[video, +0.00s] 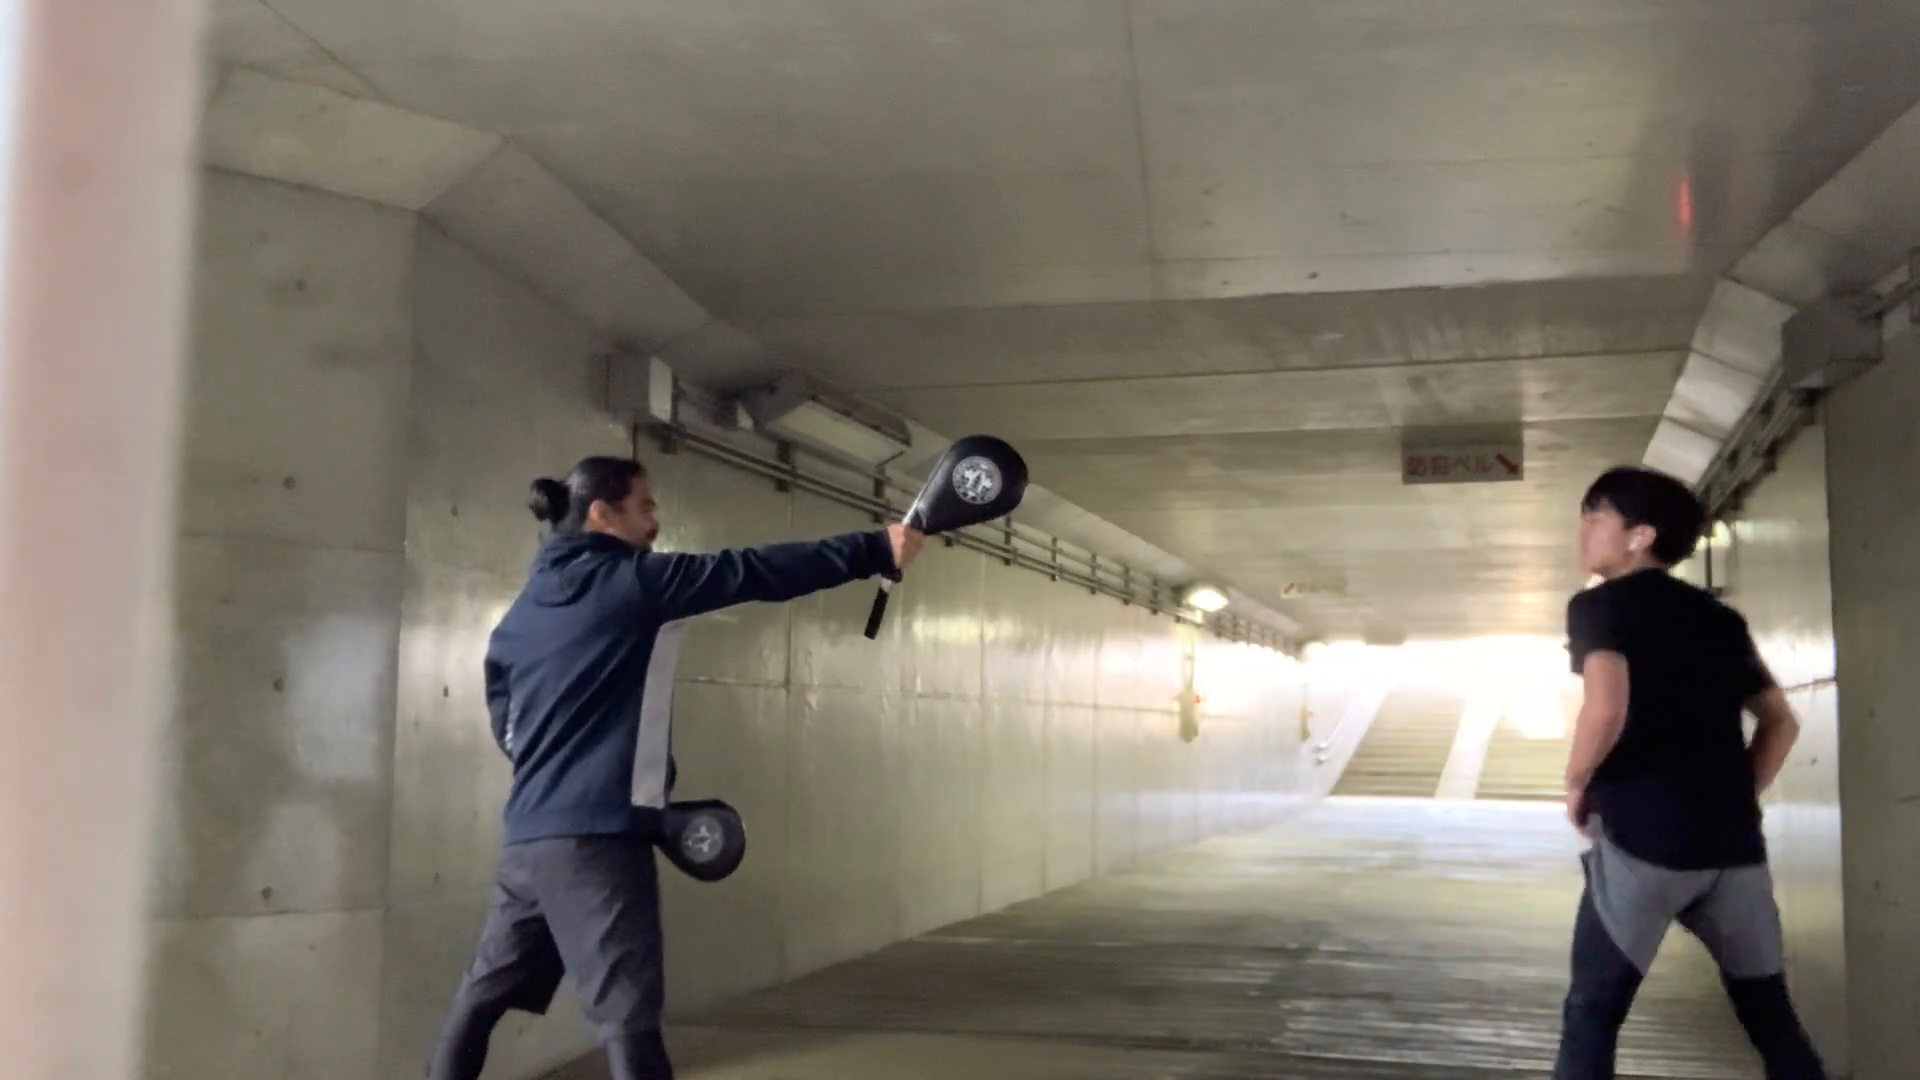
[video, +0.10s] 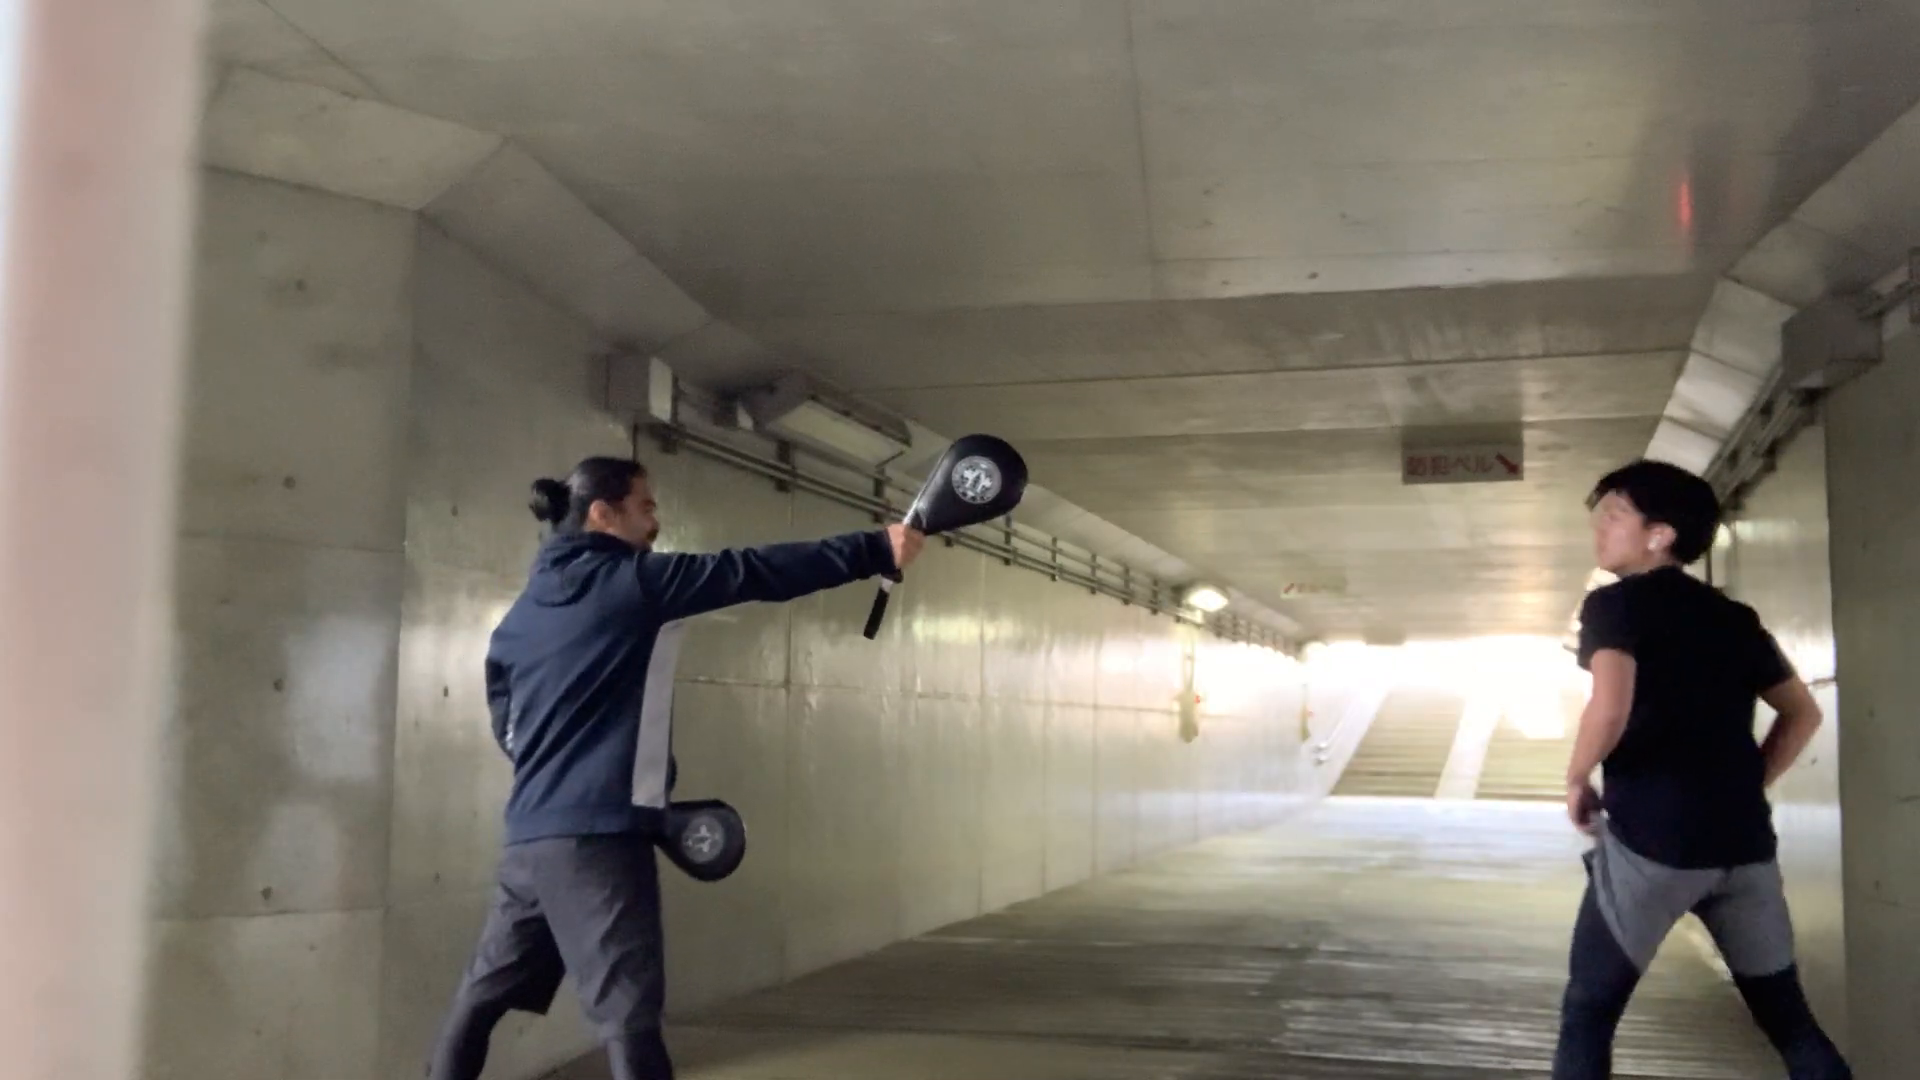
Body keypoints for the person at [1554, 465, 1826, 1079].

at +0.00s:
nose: (1583, 533)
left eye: (1595, 519)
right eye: (1586, 518)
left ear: (1641, 534)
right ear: (1650, 538)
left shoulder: (1601, 604)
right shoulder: (1718, 615)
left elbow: (1607, 705)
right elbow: (1780, 722)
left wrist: (1575, 785)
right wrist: (1735, 796)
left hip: (1644, 840)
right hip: (1732, 836)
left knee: (1591, 1018)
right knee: (1771, 1017)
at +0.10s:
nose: (1597, 527)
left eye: (1611, 515)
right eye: (1600, 513)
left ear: (1659, 536)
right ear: (1664, 540)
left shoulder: (1615, 602)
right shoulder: (1732, 614)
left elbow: (1611, 706)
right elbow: (1803, 713)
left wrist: (1578, 779)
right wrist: (1748, 783)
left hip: (1653, 840)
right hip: (1743, 836)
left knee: (1588, 1019)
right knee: (1791, 1022)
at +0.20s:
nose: (1617, 563)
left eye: (1633, 553)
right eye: (1624, 550)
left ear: (1674, 577)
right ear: (1680, 580)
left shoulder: (1628, 648)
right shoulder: (1745, 662)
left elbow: (1609, 754)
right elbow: (1812, 764)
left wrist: (1574, 827)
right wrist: (1756, 828)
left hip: (1659, 883)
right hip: (1754, 880)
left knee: (1583, 1053)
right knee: (1799, 1050)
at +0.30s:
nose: (1623, 553)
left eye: (1637, 540)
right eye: (1629, 539)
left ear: (1681, 564)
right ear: (1688, 568)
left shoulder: (1636, 633)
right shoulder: (1751, 650)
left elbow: (1630, 738)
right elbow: (1809, 767)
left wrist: (1592, 815)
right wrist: (1751, 818)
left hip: (1665, 876)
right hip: (1760, 875)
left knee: (1592, 1050)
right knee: (1809, 1048)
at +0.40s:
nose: (1630, 524)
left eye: (1644, 510)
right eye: (1635, 509)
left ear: (1690, 531)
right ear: (1696, 534)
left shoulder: (1636, 594)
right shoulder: (1767, 616)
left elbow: (1632, 689)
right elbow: (1813, 727)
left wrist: (1598, 766)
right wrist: (1755, 779)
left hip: (1662, 833)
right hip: (1756, 834)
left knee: (1595, 1010)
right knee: (1818, 1015)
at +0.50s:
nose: (1641, 539)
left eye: (1655, 525)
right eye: (1646, 524)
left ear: (1700, 544)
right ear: (1704, 547)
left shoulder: (1643, 608)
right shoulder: (1774, 633)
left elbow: (1611, 697)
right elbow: (1828, 745)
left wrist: (1580, 785)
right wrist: (1768, 794)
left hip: (1661, 847)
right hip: (1760, 852)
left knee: (1590, 1019)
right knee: (1820, 1024)